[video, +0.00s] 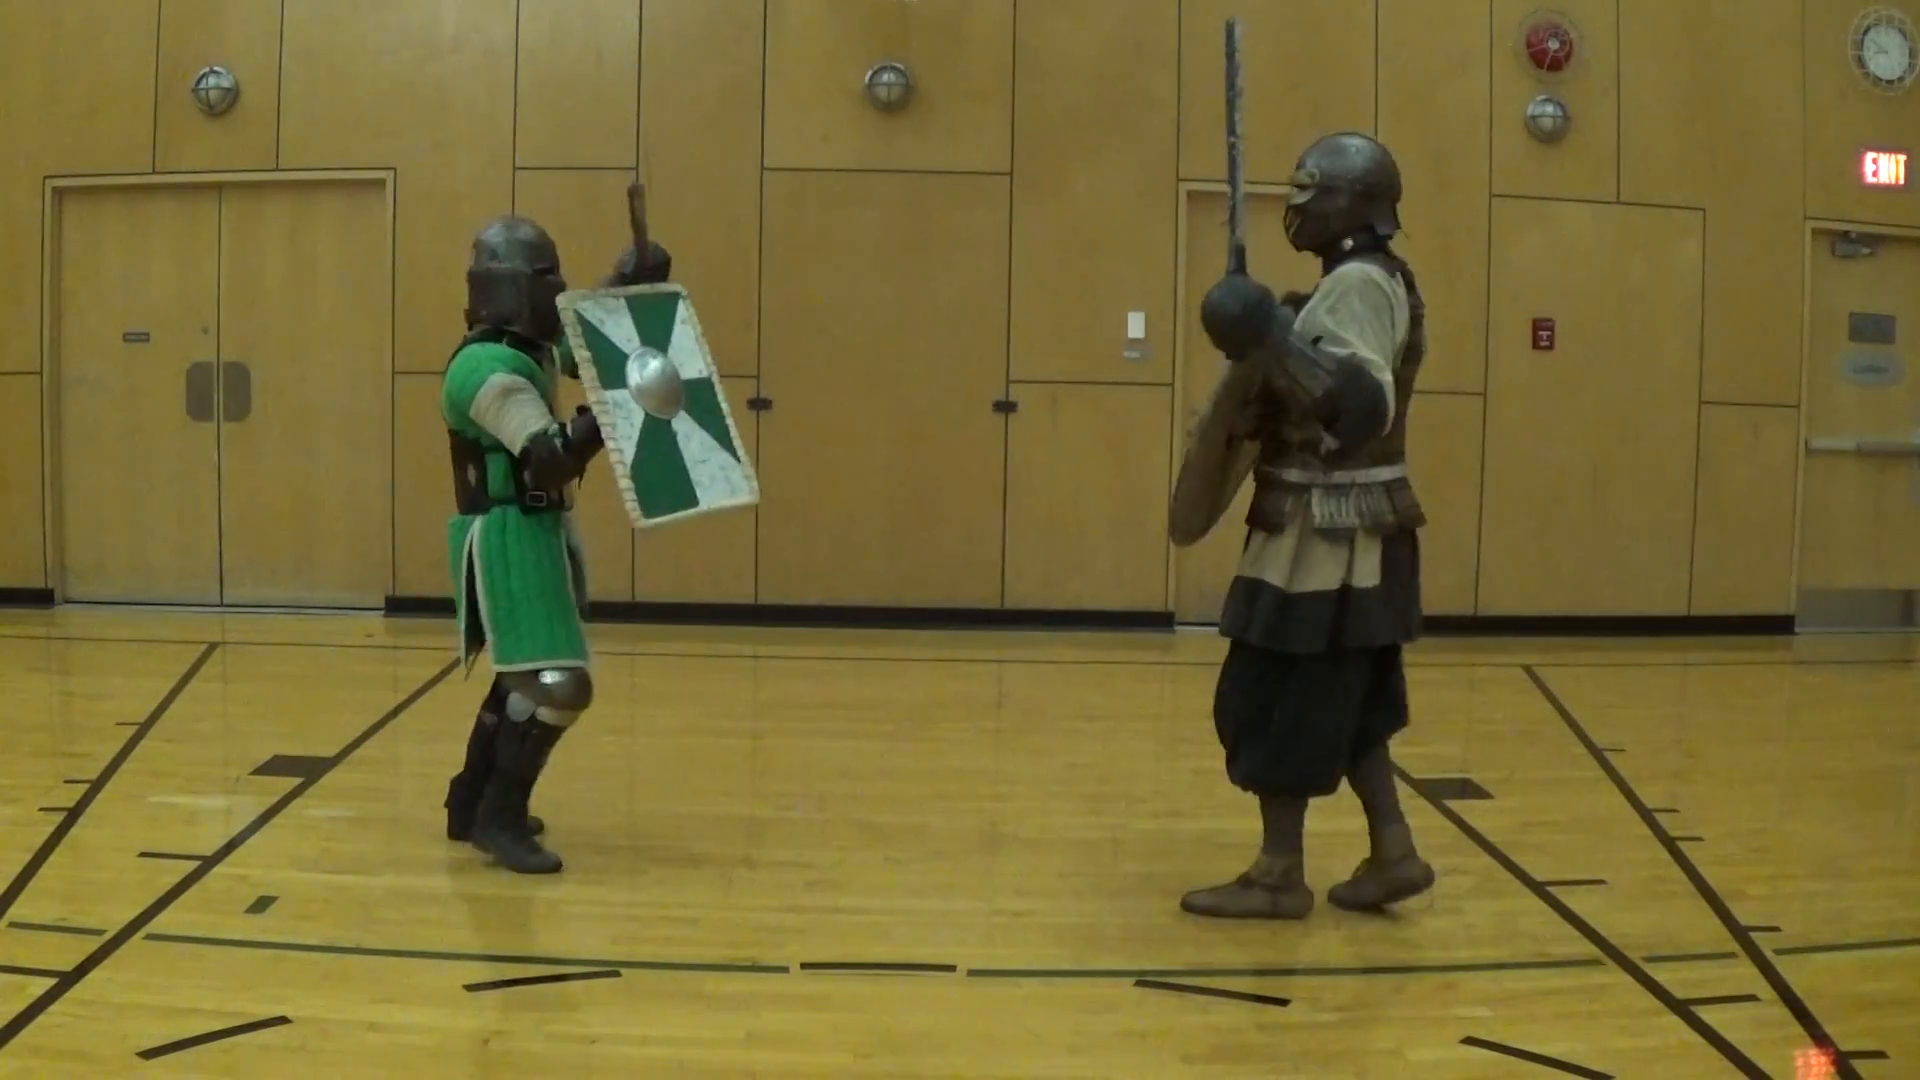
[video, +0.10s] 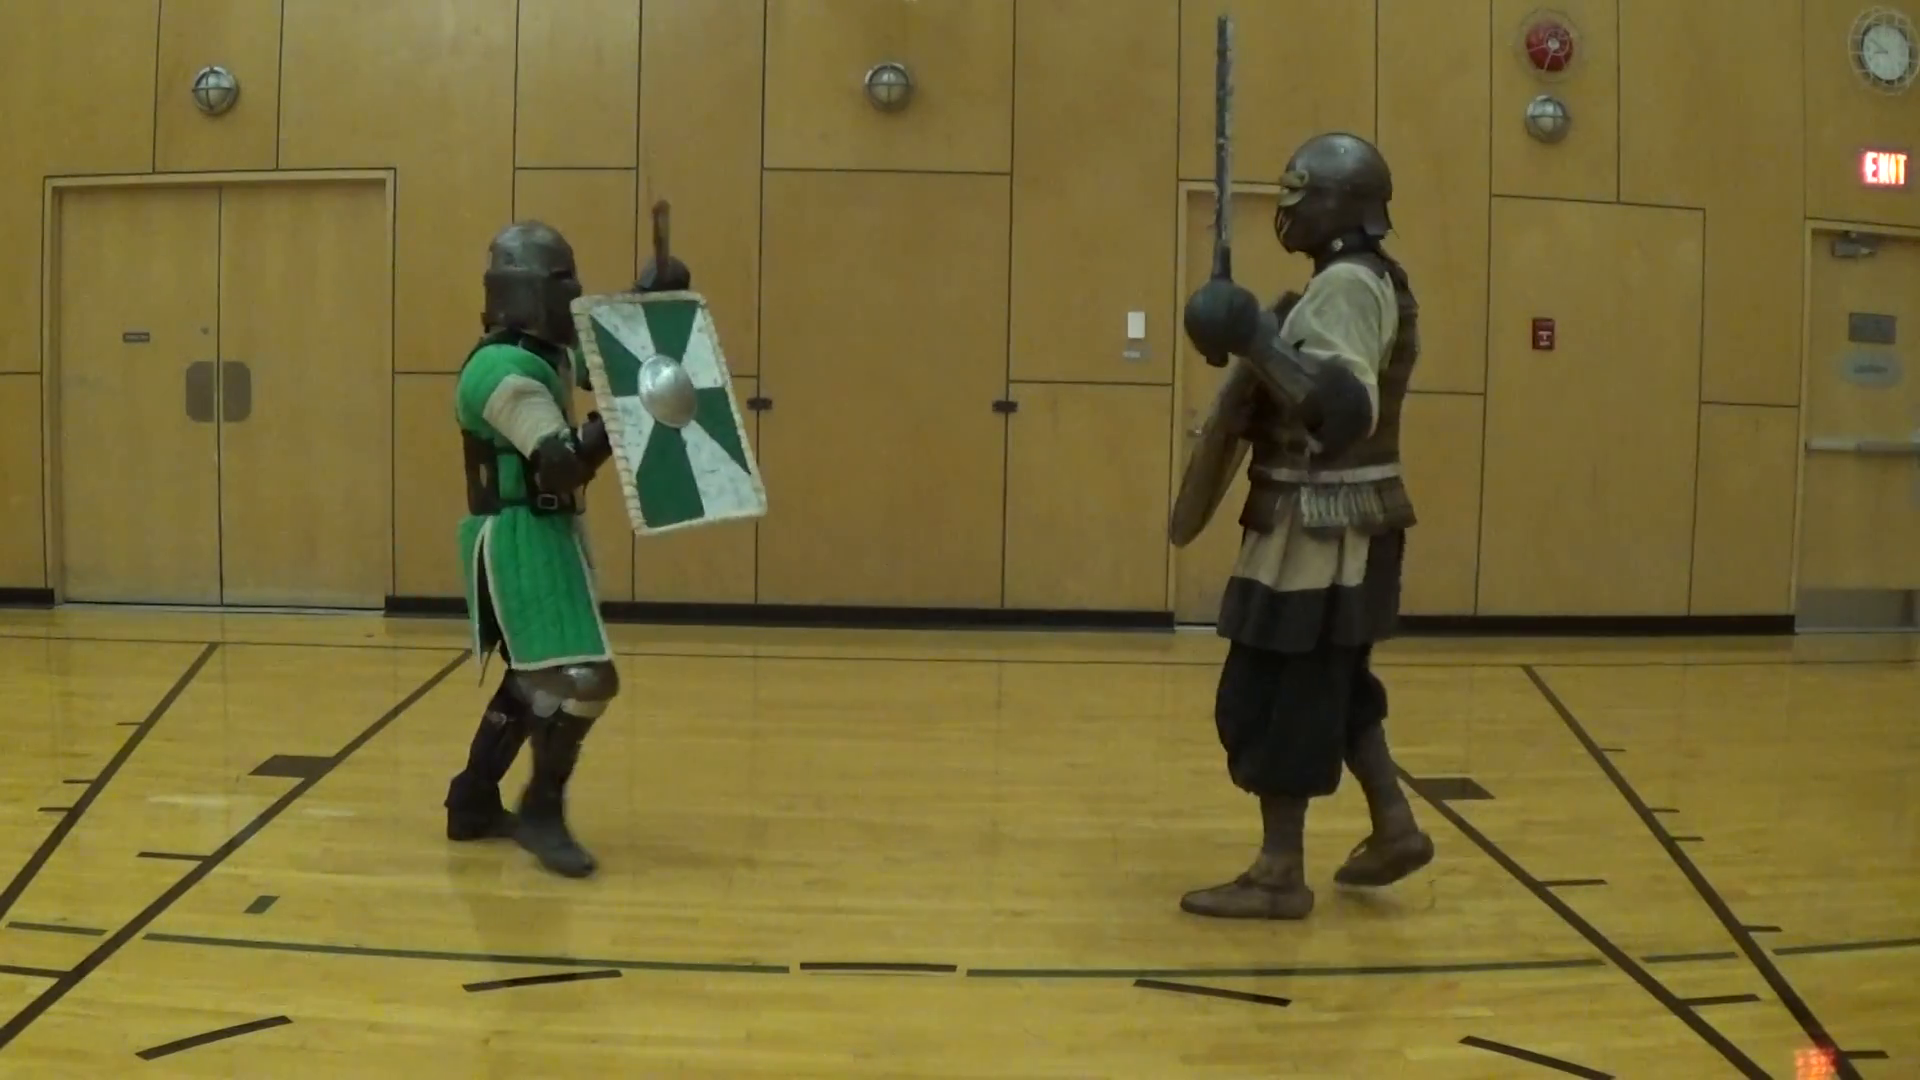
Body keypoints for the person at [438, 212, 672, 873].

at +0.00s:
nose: (556, 293)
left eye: (556, 280)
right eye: (544, 281)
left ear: (500, 290)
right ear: (507, 288)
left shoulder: (532, 355)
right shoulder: (486, 367)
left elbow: (600, 344)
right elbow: (549, 458)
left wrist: (628, 291)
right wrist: (618, 400)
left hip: (536, 527)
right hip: (508, 532)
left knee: (527, 674)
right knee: (559, 684)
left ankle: (474, 800)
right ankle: (501, 818)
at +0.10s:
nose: (575, 294)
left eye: (572, 281)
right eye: (562, 283)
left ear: (522, 296)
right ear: (523, 294)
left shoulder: (550, 360)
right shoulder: (501, 371)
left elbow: (621, 359)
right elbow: (557, 467)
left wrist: (652, 302)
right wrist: (619, 414)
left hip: (547, 531)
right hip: (517, 536)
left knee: (535, 672)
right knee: (587, 680)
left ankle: (473, 798)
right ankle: (543, 816)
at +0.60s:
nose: (734, 326)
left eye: (732, 316)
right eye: (723, 316)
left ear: (676, 327)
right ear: (692, 327)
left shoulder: (708, 379)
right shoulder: (667, 407)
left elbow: (764, 345)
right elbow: (737, 503)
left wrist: (801, 295)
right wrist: (810, 449)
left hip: (714, 559)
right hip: (687, 564)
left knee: (742, 699)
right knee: (747, 706)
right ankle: (697, 846)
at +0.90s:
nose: (882, 343)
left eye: (881, 333)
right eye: (873, 331)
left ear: (817, 339)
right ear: (845, 338)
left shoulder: (842, 398)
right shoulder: (822, 409)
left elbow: (872, 355)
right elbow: (887, 500)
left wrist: (909, 303)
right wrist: (958, 452)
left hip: (874, 562)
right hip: (835, 569)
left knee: (952, 671)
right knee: (865, 715)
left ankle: (901, 793)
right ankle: (748, 818)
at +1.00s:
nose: (922, 344)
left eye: (919, 335)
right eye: (914, 334)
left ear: (867, 336)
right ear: (892, 337)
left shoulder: (880, 394)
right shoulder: (861, 403)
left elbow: (923, 369)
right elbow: (916, 495)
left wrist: (960, 311)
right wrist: (995, 456)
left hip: (890, 556)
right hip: (861, 561)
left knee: (969, 672)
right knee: (952, 678)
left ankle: (903, 788)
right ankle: (879, 794)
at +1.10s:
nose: (957, 336)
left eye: (955, 327)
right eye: (951, 325)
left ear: (893, 328)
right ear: (930, 329)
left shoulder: (905, 388)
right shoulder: (898, 397)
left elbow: (959, 371)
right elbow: (941, 498)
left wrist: (1000, 305)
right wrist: (1016, 457)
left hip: (907, 553)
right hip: (902, 559)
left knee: (973, 670)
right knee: (997, 665)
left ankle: (902, 788)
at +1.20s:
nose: (979, 336)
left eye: (976, 329)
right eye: (972, 326)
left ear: (915, 330)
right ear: (955, 331)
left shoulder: (917, 391)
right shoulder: (930, 405)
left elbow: (978, 365)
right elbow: (971, 509)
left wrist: (1017, 303)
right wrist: (1041, 459)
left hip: (925, 561)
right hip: (943, 566)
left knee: (988, 678)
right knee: (1030, 669)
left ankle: (910, 775)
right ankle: (1012, 802)